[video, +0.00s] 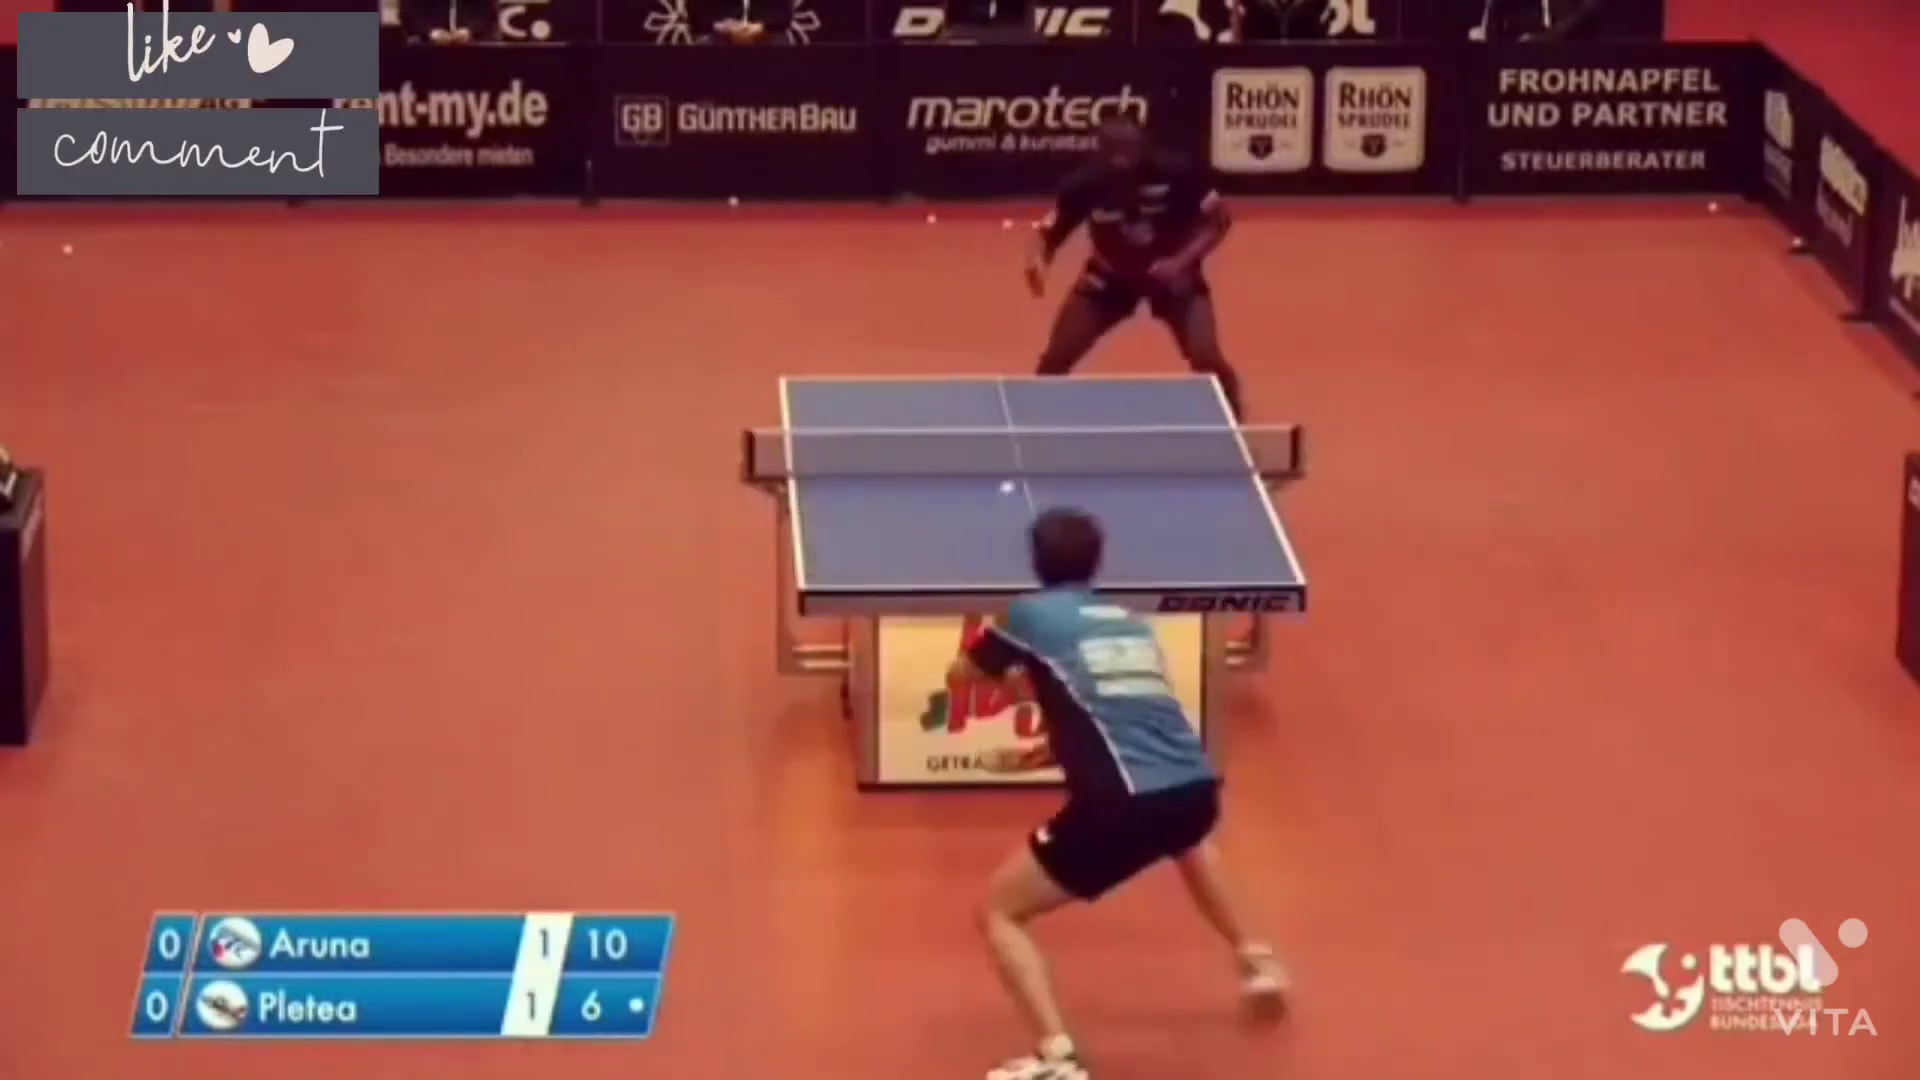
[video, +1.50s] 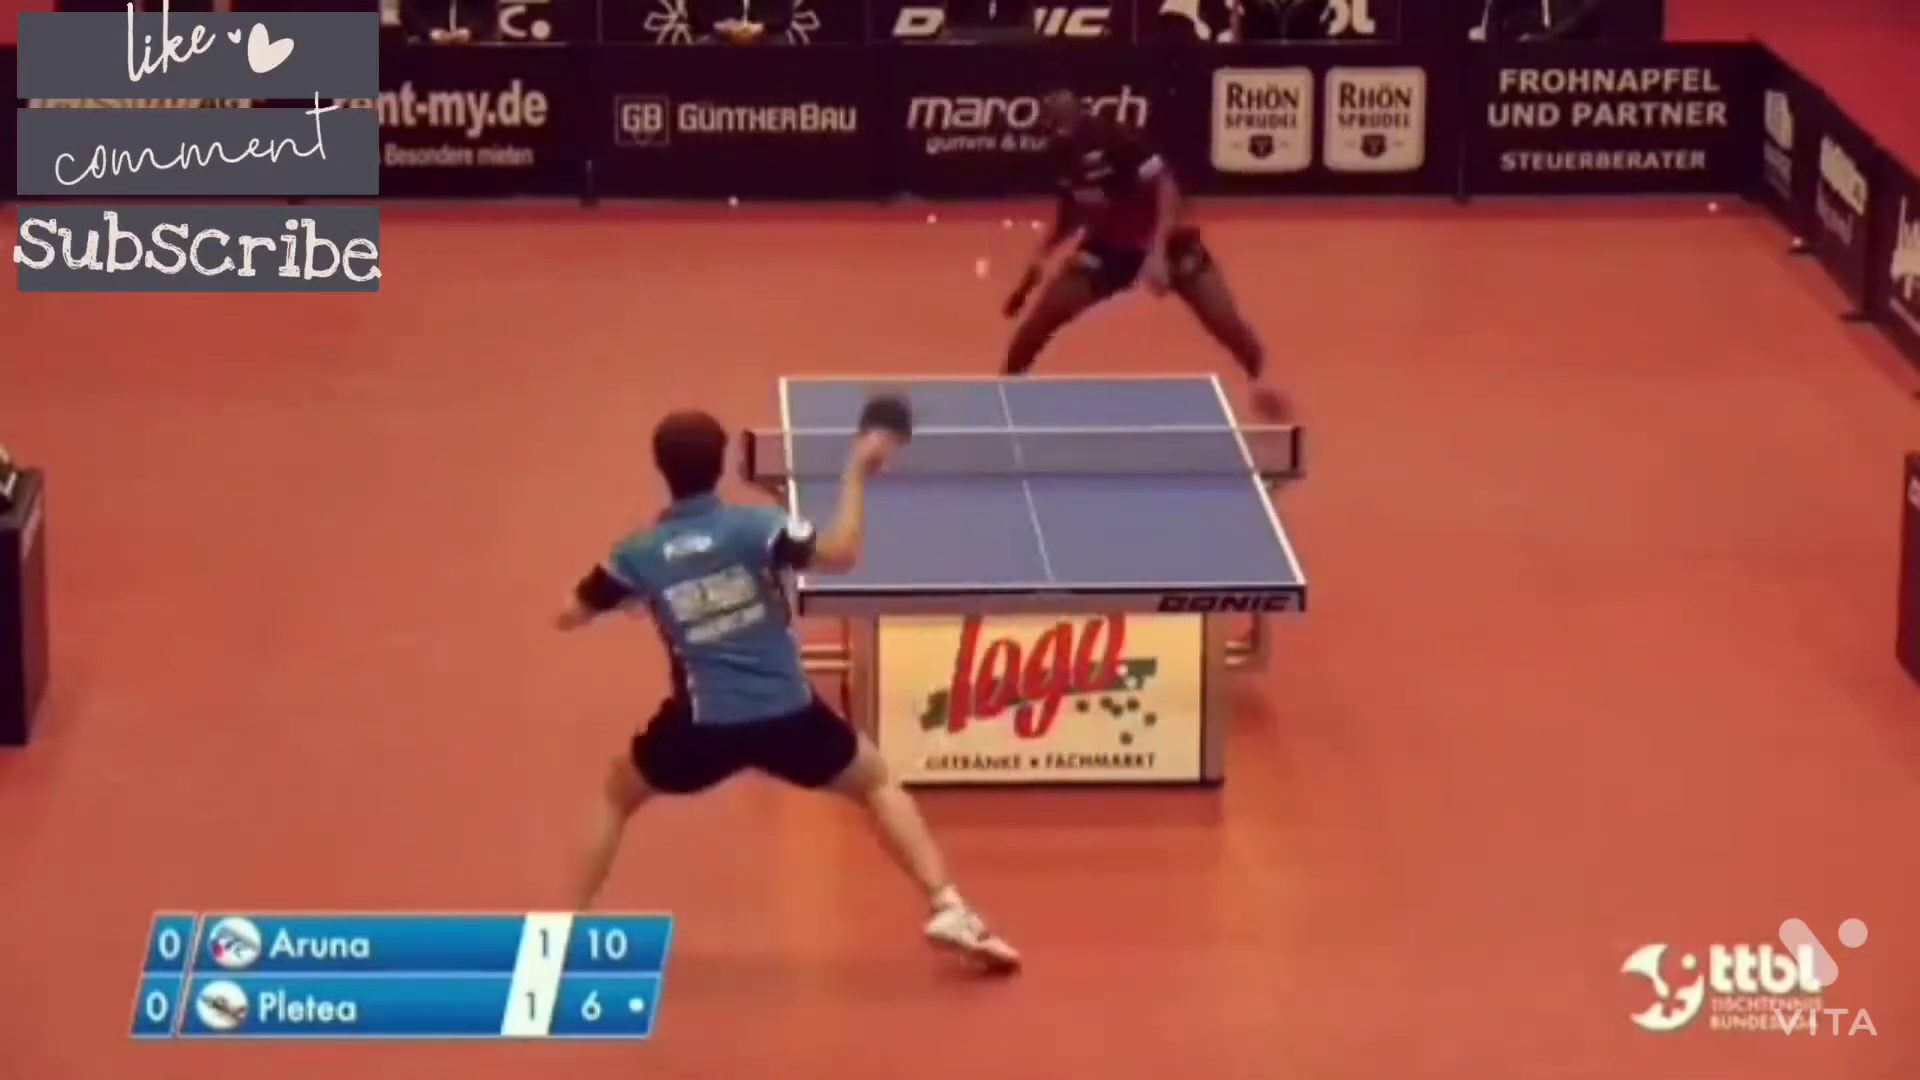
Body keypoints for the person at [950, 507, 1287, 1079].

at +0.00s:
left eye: (1038, 553)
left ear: (1037, 562)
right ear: (1096, 562)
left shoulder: (1030, 615)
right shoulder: (1128, 621)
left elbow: (963, 674)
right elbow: (1121, 718)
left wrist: (1000, 654)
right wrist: (1036, 752)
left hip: (1121, 808)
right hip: (1196, 797)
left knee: (998, 910)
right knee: (1189, 844)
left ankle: (1056, 1050)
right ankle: (1252, 955)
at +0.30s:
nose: (966, 544)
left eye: (968, 537)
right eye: (965, 534)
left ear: (978, 544)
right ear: (1034, 532)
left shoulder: (995, 597)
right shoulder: (1085, 594)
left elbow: (926, 636)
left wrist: (842, 663)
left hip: (1037, 791)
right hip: (1098, 793)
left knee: (900, 860)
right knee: (1016, 827)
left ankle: (1008, 971)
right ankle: (1016, 943)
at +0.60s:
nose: (930, 629)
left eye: (931, 621)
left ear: (933, 631)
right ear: (989, 631)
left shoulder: (925, 692)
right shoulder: (1025, 701)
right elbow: (1065, 767)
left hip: (960, 886)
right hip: (1032, 881)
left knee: (831, 817)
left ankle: (905, 946)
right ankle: (1008, 929)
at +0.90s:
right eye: (1008, 493)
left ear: (954, 495)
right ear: (1012, 502)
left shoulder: (916, 547)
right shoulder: (1029, 578)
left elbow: (845, 571)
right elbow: (1040, 657)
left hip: (894, 745)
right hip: (980, 753)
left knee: (831, 784)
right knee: (1061, 782)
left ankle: (759, 892)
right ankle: (1067, 930)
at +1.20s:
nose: (793, 410)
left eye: (795, 401)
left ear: (800, 408)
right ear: (857, 402)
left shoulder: (795, 462)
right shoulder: (897, 459)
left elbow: (749, 472)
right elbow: (952, 470)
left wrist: (757, 457)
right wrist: (960, 427)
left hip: (834, 661)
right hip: (913, 659)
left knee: (742, 743)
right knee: (989, 779)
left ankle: (721, 883)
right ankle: (1059, 904)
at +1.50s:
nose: (716, 457)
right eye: (716, 450)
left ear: (661, 469)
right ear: (721, 462)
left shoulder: (643, 551)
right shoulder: (758, 524)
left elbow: (576, 611)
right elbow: (841, 554)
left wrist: (615, 601)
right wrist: (857, 469)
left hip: (703, 725)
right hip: (787, 718)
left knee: (617, 796)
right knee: (877, 786)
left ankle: (568, 928)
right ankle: (949, 907)